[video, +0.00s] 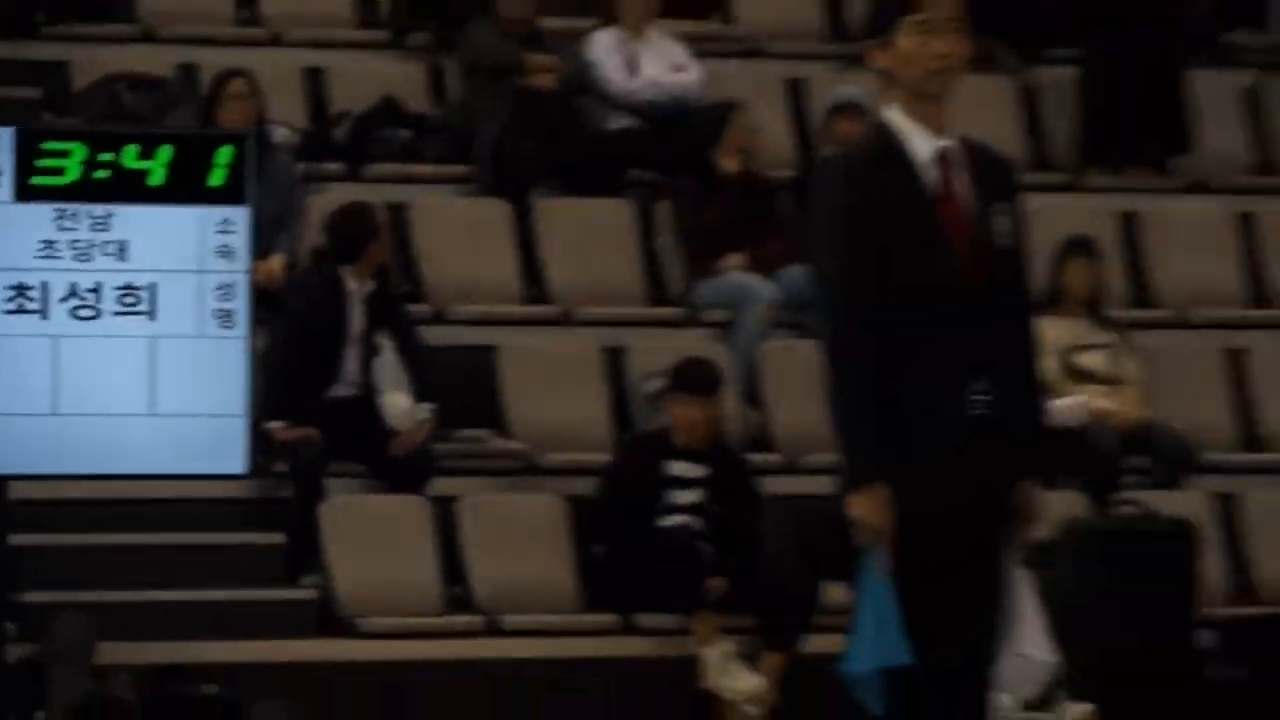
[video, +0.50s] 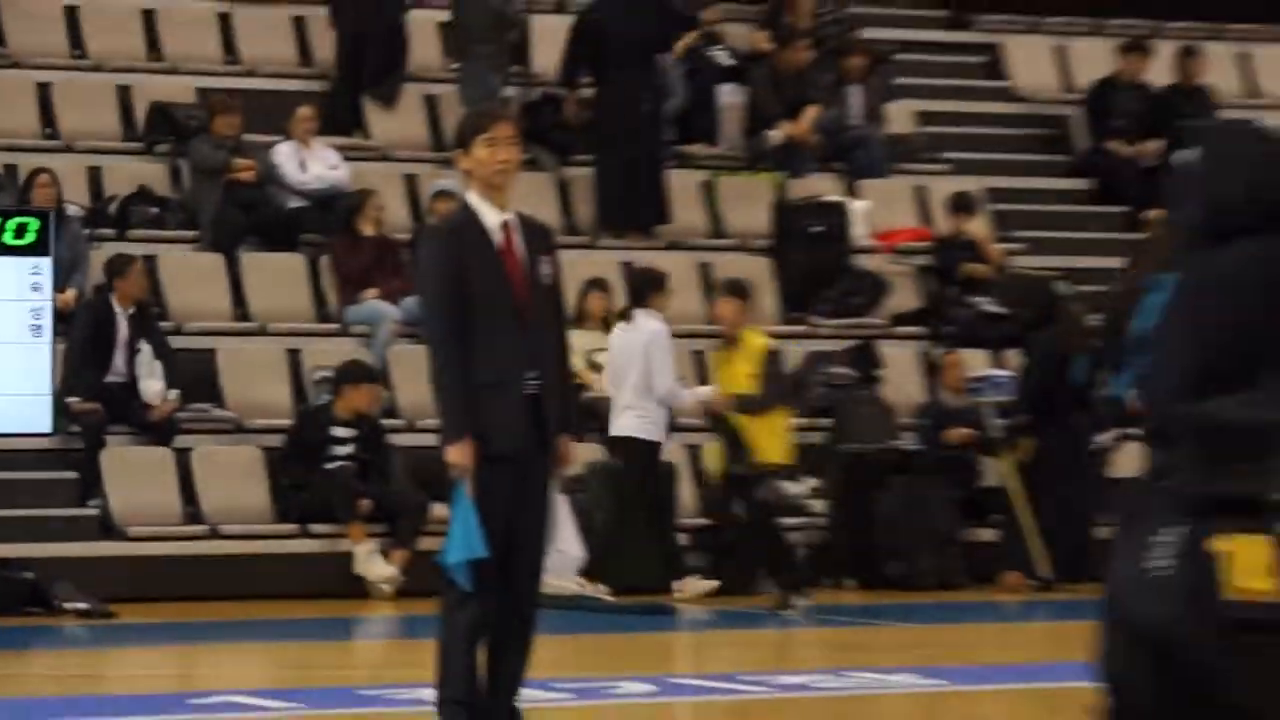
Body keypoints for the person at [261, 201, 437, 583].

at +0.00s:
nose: (385, 248)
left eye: (383, 239)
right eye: (378, 239)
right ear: (362, 245)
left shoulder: (382, 293)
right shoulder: (311, 287)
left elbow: (411, 352)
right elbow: (283, 353)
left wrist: (425, 411)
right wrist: (278, 420)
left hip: (363, 410)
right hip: (311, 409)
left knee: (409, 464)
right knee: (306, 463)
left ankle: (402, 566)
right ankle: (304, 563)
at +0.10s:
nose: (317, 256)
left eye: (315, 248)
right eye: (311, 249)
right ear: (296, 254)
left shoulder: (315, 296)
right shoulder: (249, 292)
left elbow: (343, 350)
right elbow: (224, 352)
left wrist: (355, 404)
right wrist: (219, 412)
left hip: (297, 405)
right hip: (249, 405)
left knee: (340, 453)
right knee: (246, 457)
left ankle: (333, 547)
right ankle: (244, 547)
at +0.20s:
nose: (275, 264)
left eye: (273, 258)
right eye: (270, 258)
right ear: (257, 264)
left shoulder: (273, 301)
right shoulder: (214, 298)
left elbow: (298, 350)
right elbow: (186, 354)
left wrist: (309, 402)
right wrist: (185, 411)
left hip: (256, 401)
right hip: (212, 400)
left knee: (296, 444)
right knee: (211, 445)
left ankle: (284, 527)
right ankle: (209, 528)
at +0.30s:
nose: (228, 270)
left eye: (226, 264)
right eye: (223, 265)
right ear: (212, 271)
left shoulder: (225, 306)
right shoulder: (174, 303)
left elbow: (251, 352)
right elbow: (149, 353)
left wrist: (258, 398)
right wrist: (146, 402)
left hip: (208, 396)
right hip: (169, 396)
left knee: (248, 437)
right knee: (168, 438)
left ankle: (243, 512)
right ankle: (168, 511)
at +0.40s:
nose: (181, 276)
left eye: (179, 270)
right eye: (175, 271)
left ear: (167, 276)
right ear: (159, 276)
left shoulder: (178, 310)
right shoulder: (125, 307)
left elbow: (199, 352)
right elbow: (108, 353)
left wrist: (207, 397)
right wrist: (106, 399)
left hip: (164, 392)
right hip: (126, 393)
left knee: (198, 430)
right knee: (123, 430)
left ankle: (185, 500)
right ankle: (123, 501)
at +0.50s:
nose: (144, 283)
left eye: (144, 276)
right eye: (138, 277)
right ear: (119, 282)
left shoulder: (142, 315)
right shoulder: (91, 311)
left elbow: (165, 355)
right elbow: (76, 355)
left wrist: (172, 395)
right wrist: (76, 397)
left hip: (131, 390)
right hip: (94, 391)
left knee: (163, 425)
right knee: (93, 424)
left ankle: (153, 493)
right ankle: (93, 491)